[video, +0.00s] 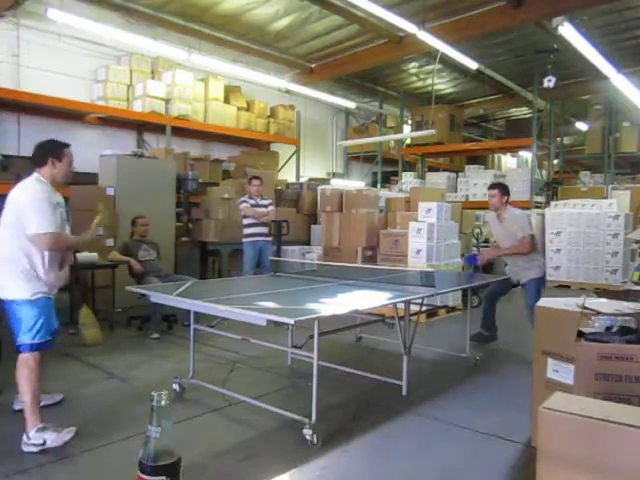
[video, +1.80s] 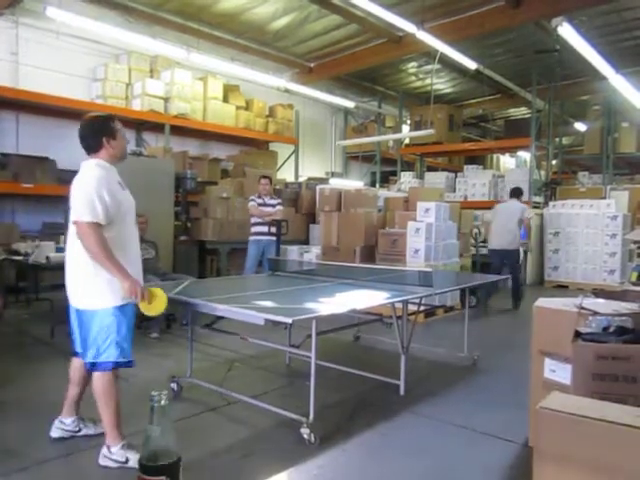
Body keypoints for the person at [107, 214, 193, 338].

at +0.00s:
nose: (145, 228)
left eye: (147, 225)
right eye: (142, 225)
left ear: (149, 227)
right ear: (134, 228)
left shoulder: (154, 245)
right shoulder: (128, 244)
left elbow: (158, 261)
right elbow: (112, 256)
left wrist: (163, 272)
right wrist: (130, 260)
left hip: (162, 274)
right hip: (145, 276)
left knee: (192, 283)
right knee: (159, 292)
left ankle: (188, 320)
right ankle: (154, 329)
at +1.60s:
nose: (140, 226)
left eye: (143, 223)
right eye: (136, 223)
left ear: (146, 225)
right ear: (131, 226)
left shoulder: (152, 244)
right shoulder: (126, 244)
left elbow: (155, 264)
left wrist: (165, 274)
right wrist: (128, 260)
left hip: (158, 274)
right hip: (142, 276)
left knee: (189, 281)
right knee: (158, 290)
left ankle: (186, 320)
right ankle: (154, 328)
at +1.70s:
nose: (140, 226)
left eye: (143, 223)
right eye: (136, 223)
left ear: (147, 225)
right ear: (131, 225)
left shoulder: (152, 244)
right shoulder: (128, 244)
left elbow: (156, 263)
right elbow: (130, 262)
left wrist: (161, 273)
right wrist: (141, 272)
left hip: (159, 274)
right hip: (143, 275)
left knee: (189, 281)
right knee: (162, 290)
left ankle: (186, 318)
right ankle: (155, 327)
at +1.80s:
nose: (142, 226)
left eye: (144, 223)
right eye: (139, 224)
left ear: (147, 225)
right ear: (134, 225)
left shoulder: (152, 245)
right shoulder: (130, 243)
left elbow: (156, 266)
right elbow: (132, 266)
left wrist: (165, 274)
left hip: (157, 274)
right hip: (142, 275)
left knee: (190, 282)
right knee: (158, 288)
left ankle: (186, 319)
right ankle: (154, 327)